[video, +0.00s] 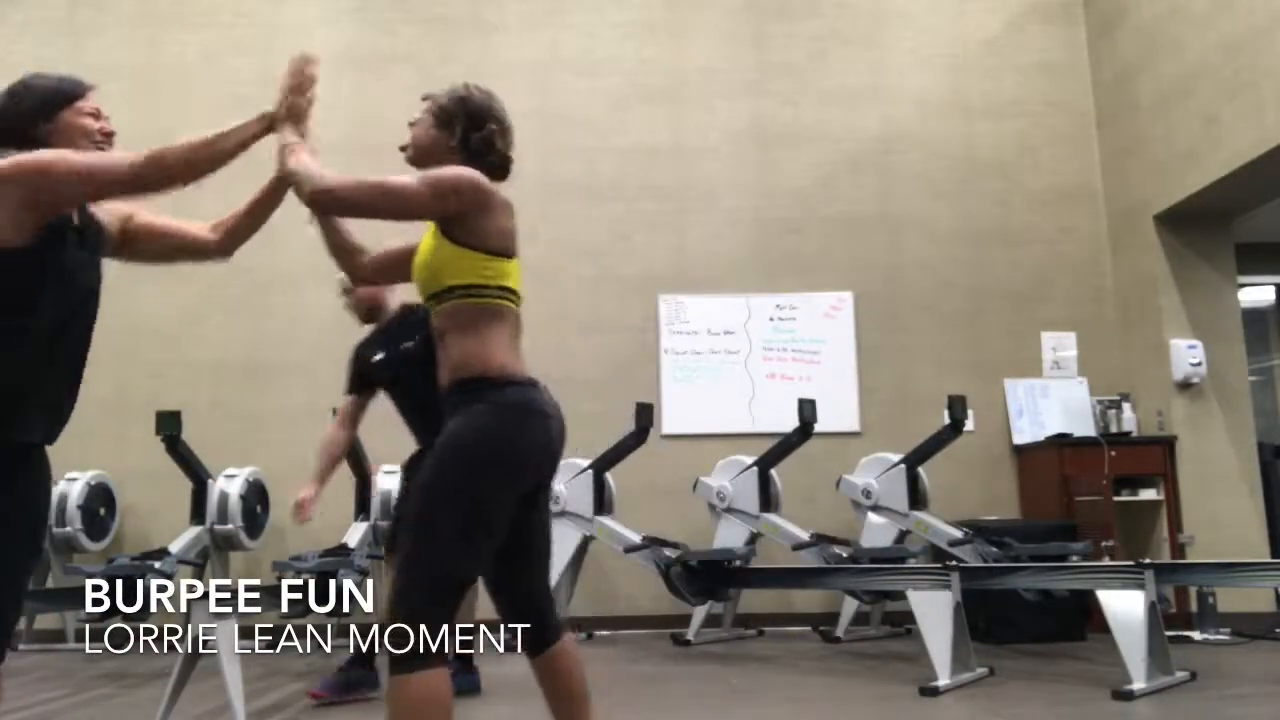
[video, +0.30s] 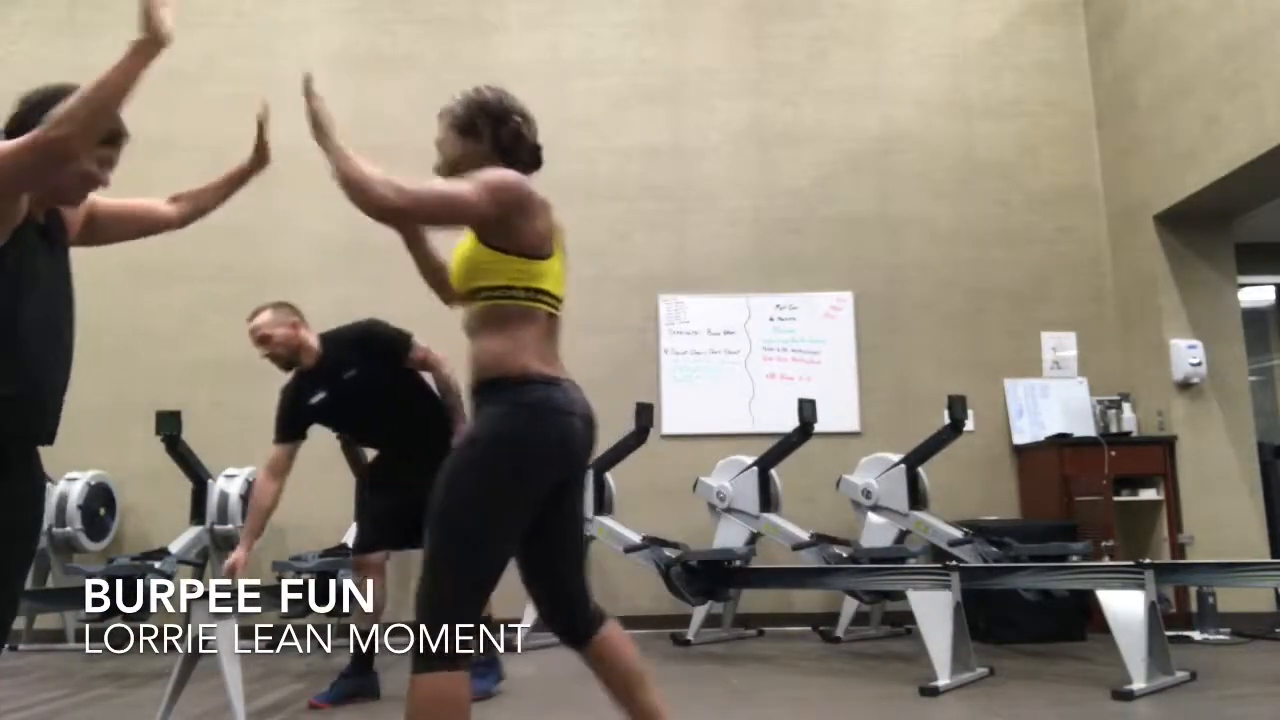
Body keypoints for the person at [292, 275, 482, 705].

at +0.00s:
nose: (356, 295)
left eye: (360, 285)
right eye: (348, 291)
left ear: (384, 283)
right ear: (350, 304)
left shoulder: (431, 313)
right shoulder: (367, 352)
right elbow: (344, 423)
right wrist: (315, 482)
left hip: (473, 442)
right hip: (430, 452)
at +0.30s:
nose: (264, 350)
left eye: (266, 337)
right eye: (258, 345)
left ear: (297, 325)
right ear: (265, 350)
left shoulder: (365, 337)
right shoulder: (297, 398)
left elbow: (438, 365)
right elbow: (274, 473)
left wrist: (462, 429)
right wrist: (245, 545)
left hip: (442, 440)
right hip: (393, 457)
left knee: (454, 548)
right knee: (367, 558)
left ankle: (484, 655)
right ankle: (362, 669)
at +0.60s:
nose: (300, 326)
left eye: (304, 314)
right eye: (292, 321)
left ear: (330, 308)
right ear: (289, 329)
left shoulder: (391, 332)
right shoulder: (310, 382)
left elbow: (457, 364)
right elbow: (286, 461)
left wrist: (482, 429)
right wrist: (262, 535)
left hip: (439, 454)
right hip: (383, 467)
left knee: (468, 553)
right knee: (364, 562)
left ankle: (510, 649)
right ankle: (361, 671)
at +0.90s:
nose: (440, 290)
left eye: (445, 280)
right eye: (430, 283)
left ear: (456, 280)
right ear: (411, 289)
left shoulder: (491, 326)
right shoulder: (402, 347)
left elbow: (533, 382)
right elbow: (374, 421)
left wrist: (536, 456)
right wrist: (350, 492)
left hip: (492, 461)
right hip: (441, 463)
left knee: (478, 557)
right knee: (398, 562)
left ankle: (491, 668)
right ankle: (363, 666)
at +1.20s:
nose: (537, 285)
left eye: (542, 277)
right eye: (528, 277)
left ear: (549, 280)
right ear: (507, 281)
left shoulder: (571, 330)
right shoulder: (485, 337)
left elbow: (604, 386)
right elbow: (467, 405)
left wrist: (625, 446)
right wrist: (456, 473)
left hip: (556, 455)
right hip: (512, 457)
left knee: (542, 555)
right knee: (515, 558)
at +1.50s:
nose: (599, 285)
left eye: (602, 278)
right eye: (590, 279)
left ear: (606, 280)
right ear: (566, 283)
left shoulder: (629, 327)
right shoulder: (545, 340)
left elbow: (657, 380)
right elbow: (536, 408)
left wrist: (670, 432)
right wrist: (537, 472)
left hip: (626, 450)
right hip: (579, 452)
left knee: (635, 543)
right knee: (570, 550)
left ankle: (665, 639)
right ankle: (580, 651)